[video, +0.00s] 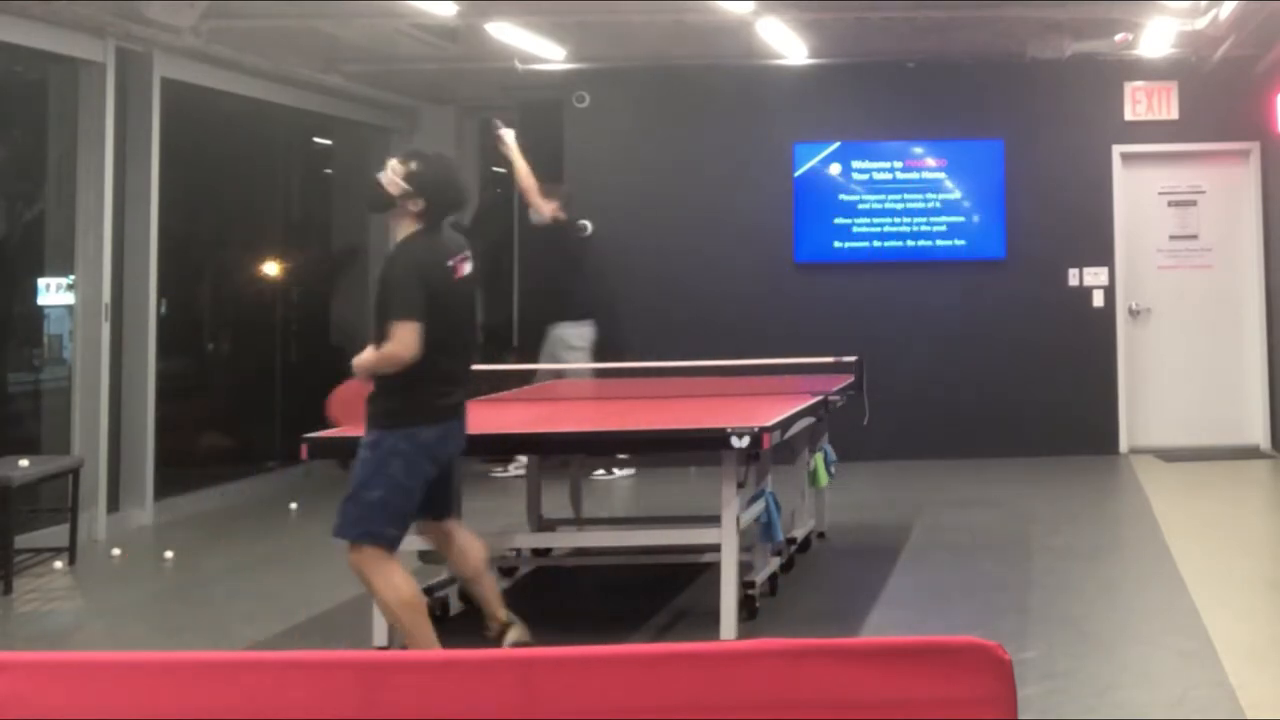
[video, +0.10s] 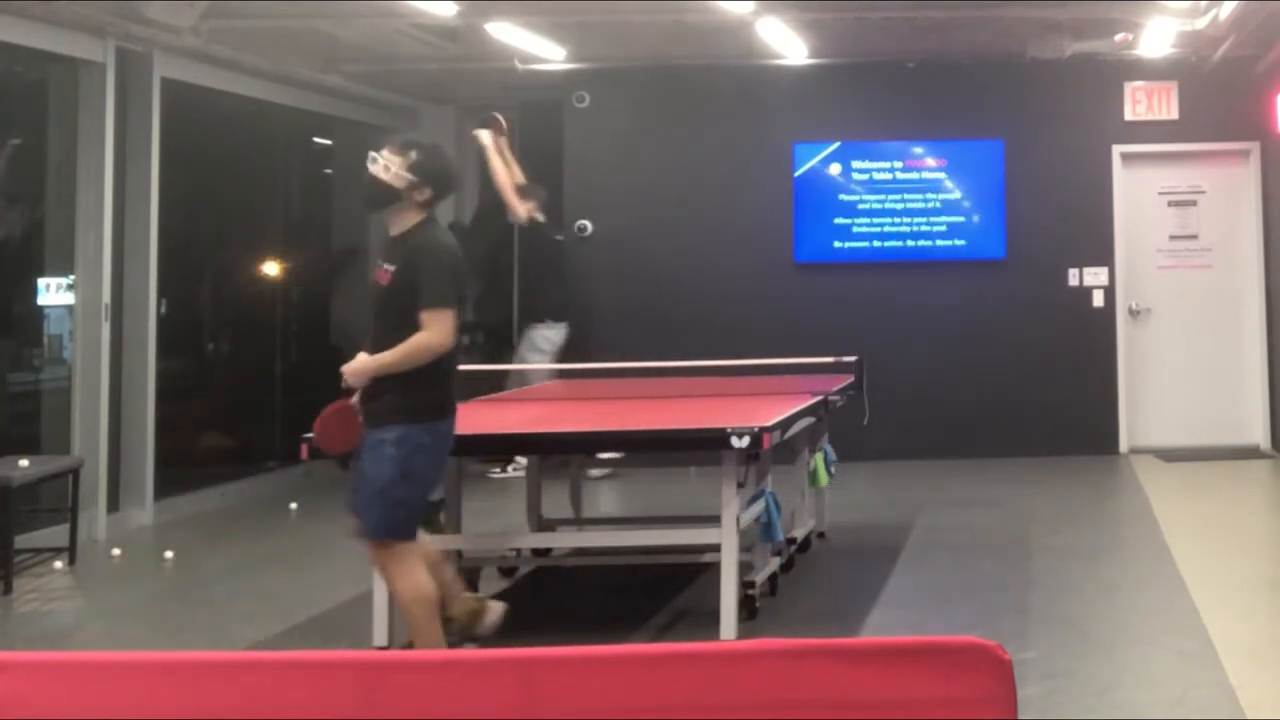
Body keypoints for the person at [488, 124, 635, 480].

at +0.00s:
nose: (536, 208)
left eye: (541, 204)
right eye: (538, 203)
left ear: (556, 206)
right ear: (561, 207)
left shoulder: (562, 230)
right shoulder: (568, 231)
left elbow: (531, 193)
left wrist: (512, 151)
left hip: (572, 320)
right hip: (561, 319)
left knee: (581, 392)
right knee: (538, 390)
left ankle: (617, 456)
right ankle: (523, 455)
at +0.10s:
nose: (513, 206)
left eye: (518, 200)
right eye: (515, 199)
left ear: (530, 204)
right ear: (538, 204)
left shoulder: (530, 228)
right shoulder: (545, 229)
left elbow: (508, 192)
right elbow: (523, 188)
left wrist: (489, 149)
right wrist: (504, 148)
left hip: (542, 323)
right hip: (551, 321)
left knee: (534, 392)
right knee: (521, 390)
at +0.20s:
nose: (493, 201)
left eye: (496, 195)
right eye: (495, 194)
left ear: (507, 198)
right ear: (516, 197)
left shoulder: (509, 221)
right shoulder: (531, 221)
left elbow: (485, 185)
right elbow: (502, 181)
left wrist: (465, 145)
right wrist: (485, 143)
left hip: (520, 316)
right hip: (539, 314)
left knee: (502, 389)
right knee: (515, 386)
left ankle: (513, 456)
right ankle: (537, 452)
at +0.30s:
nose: (475, 198)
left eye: (479, 192)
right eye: (477, 192)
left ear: (490, 196)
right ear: (500, 195)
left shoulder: (492, 221)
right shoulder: (509, 220)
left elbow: (467, 183)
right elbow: (480, 178)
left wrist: (446, 144)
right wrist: (461, 139)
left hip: (502, 314)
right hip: (520, 313)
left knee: (472, 388)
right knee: (508, 386)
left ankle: (489, 457)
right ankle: (518, 451)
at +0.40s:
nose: (463, 202)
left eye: (467, 195)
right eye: (464, 197)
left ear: (478, 201)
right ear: (491, 203)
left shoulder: (478, 226)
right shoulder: (497, 225)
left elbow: (452, 183)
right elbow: (460, 180)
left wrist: (433, 142)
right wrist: (441, 141)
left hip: (484, 317)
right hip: (501, 315)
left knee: (453, 388)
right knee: (501, 391)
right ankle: (515, 455)